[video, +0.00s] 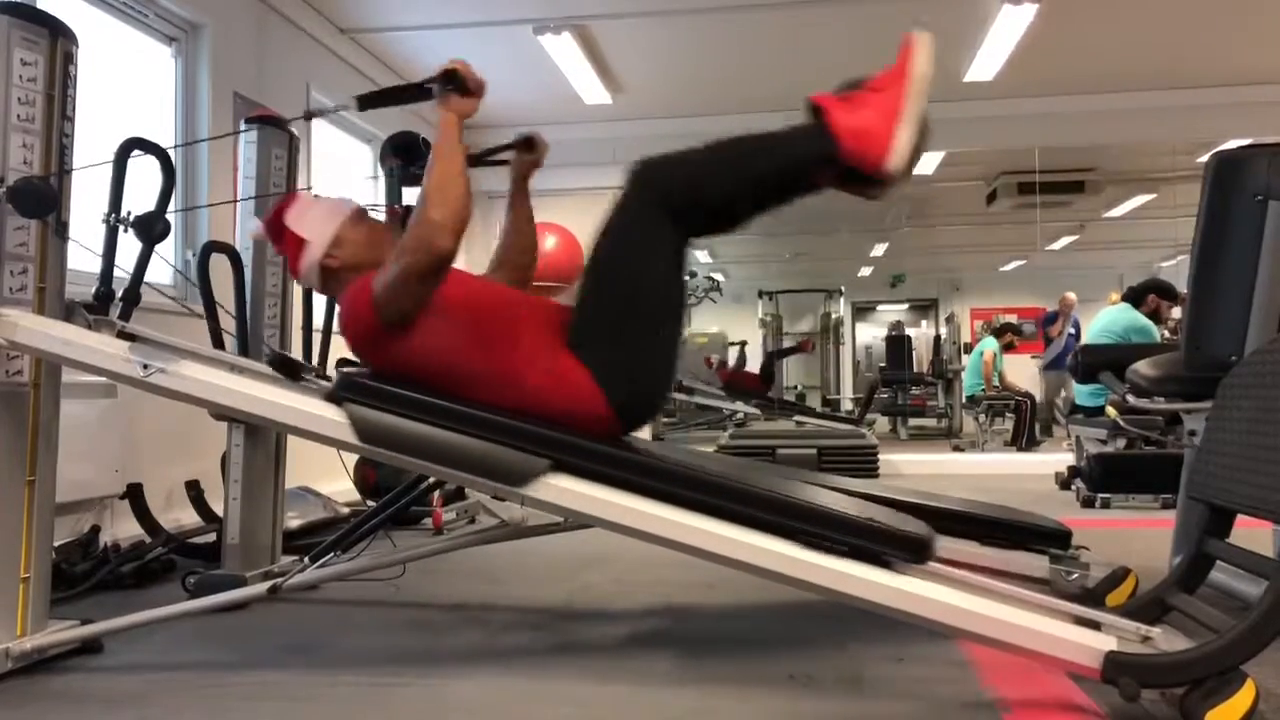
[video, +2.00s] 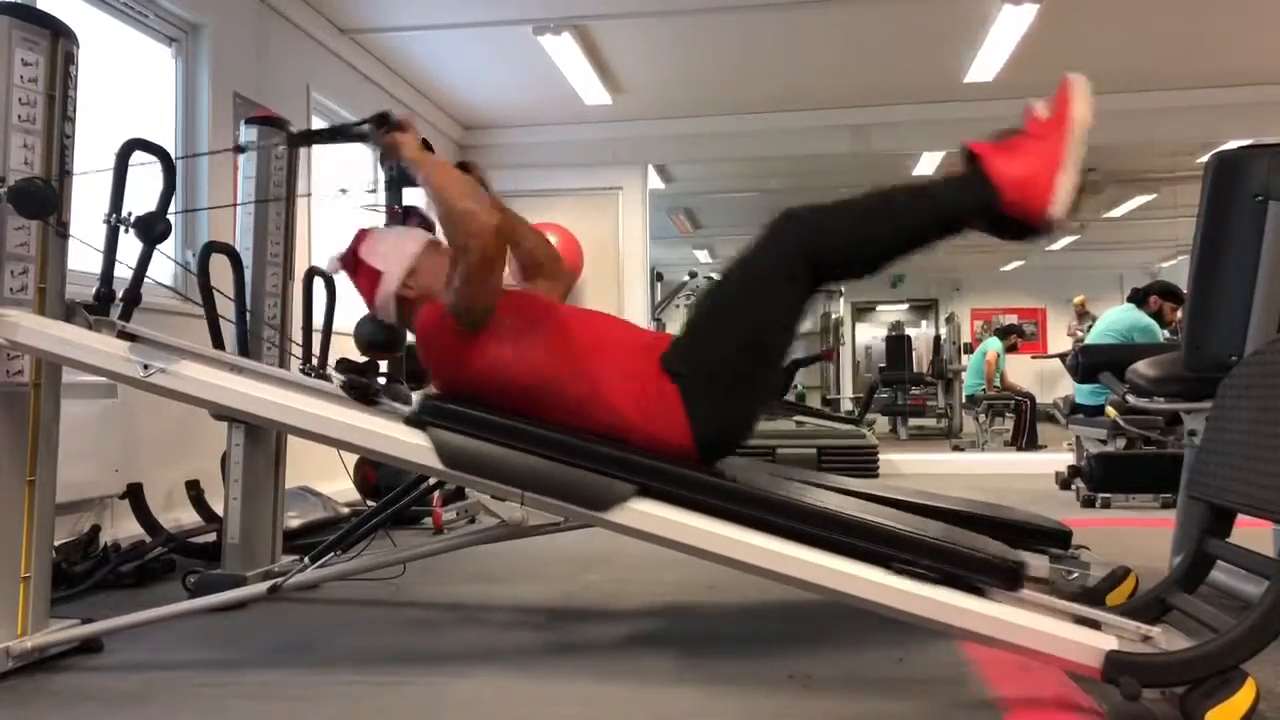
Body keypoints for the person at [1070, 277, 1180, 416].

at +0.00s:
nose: (1169, 315)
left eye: (1171, 309)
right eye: (1169, 308)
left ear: (1151, 301)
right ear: (1152, 301)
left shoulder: (1109, 311)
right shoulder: (1143, 325)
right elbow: (1156, 372)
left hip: (1083, 397)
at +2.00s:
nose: (1175, 319)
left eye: (1177, 312)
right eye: (1173, 310)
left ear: (1153, 302)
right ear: (1154, 302)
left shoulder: (1116, 312)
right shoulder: (1146, 325)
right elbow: (1160, 370)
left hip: (1083, 397)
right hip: (1102, 401)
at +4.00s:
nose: (1175, 318)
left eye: (1177, 311)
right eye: (1173, 310)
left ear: (1154, 304)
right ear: (1156, 303)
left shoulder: (1115, 313)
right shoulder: (1146, 325)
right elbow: (1162, 368)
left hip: (1085, 399)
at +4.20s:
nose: (1175, 319)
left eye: (1177, 312)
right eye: (1174, 311)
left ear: (1155, 303)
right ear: (1156, 303)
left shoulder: (1117, 312)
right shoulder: (1146, 325)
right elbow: (1161, 370)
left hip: (1085, 398)